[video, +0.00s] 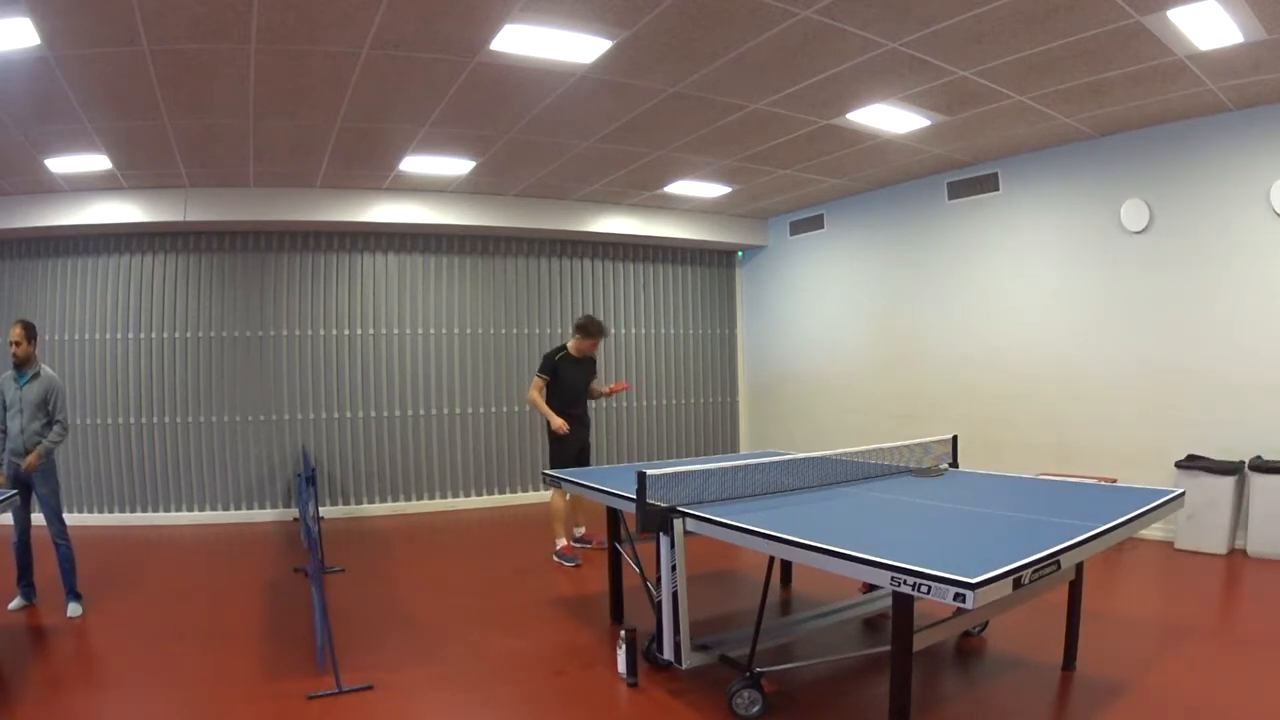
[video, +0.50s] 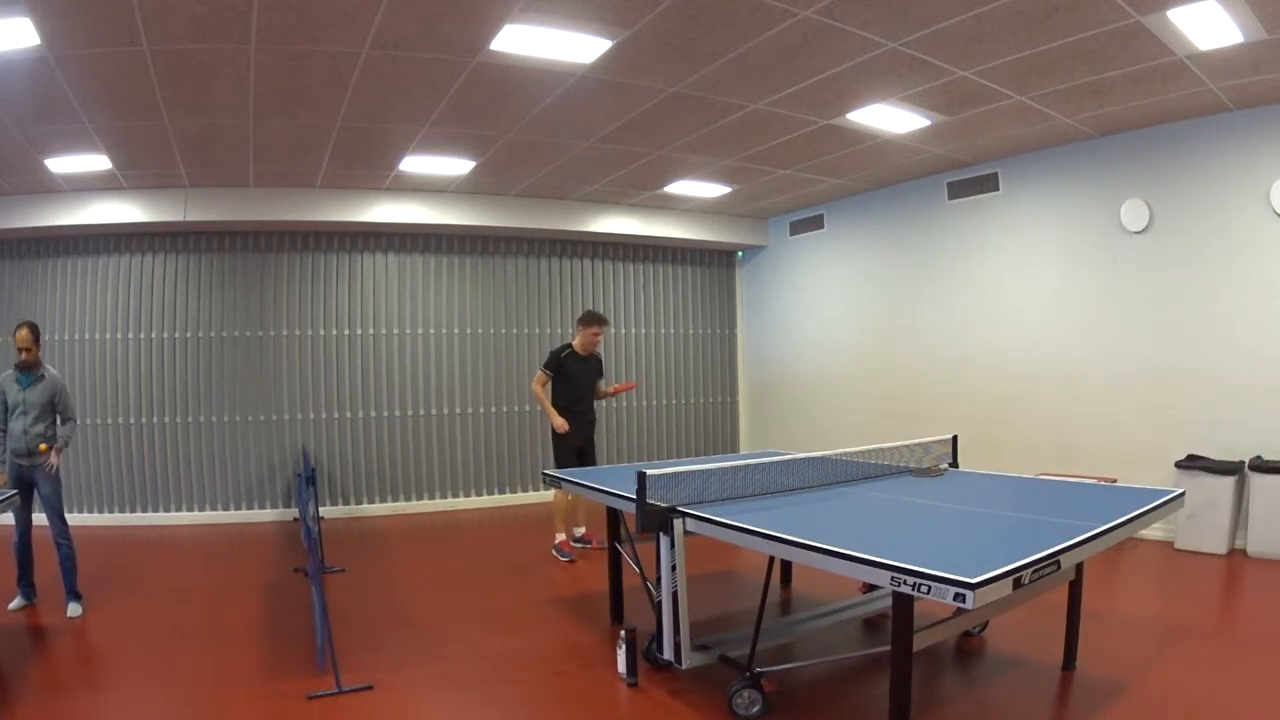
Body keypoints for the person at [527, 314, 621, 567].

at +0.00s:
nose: (596, 348)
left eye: (597, 344)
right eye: (593, 343)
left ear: (592, 341)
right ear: (579, 338)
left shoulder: (589, 360)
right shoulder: (554, 359)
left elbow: (588, 390)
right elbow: (533, 394)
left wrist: (604, 391)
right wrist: (552, 417)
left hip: (581, 428)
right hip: (561, 429)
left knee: (580, 484)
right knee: (560, 487)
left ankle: (578, 533)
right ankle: (560, 544)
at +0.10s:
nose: (599, 351)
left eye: (601, 347)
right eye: (597, 346)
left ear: (595, 343)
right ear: (583, 338)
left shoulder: (591, 363)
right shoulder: (555, 358)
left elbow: (592, 393)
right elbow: (535, 392)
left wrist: (607, 393)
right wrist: (554, 415)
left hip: (583, 428)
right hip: (562, 428)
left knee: (581, 483)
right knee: (562, 486)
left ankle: (578, 533)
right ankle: (561, 543)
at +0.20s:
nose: (600, 351)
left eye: (602, 347)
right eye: (599, 346)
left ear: (596, 342)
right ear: (586, 338)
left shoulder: (593, 363)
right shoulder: (557, 357)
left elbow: (593, 395)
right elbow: (537, 391)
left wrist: (608, 393)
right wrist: (555, 415)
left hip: (584, 428)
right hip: (563, 428)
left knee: (582, 482)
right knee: (564, 484)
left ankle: (579, 533)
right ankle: (560, 541)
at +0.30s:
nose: (601, 348)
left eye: (603, 344)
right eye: (599, 342)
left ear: (596, 339)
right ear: (585, 335)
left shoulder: (594, 362)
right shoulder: (558, 356)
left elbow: (593, 395)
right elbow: (539, 390)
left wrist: (609, 391)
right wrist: (557, 420)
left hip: (585, 429)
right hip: (564, 429)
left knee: (583, 482)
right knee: (566, 483)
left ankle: (579, 533)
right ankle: (560, 539)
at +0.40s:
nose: (601, 344)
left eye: (603, 339)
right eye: (599, 339)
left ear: (598, 337)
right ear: (583, 333)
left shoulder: (595, 362)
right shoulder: (559, 356)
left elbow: (594, 394)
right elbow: (539, 389)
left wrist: (609, 391)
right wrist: (556, 420)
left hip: (586, 428)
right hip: (564, 428)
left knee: (583, 482)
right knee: (565, 484)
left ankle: (579, 533)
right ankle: (560, 539)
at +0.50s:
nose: (599, 339)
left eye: (601, 335)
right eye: (595, 334)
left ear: (600, 335)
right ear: (580, 332)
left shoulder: (595, 360)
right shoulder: (560, 356)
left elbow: (596, 393)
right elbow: (537, 385)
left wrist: (611, 391)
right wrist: (553, 416)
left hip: (586, 428)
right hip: (565, 428)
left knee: (585, 482)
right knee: (565, 484)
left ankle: (579, 533)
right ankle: (560, 539)